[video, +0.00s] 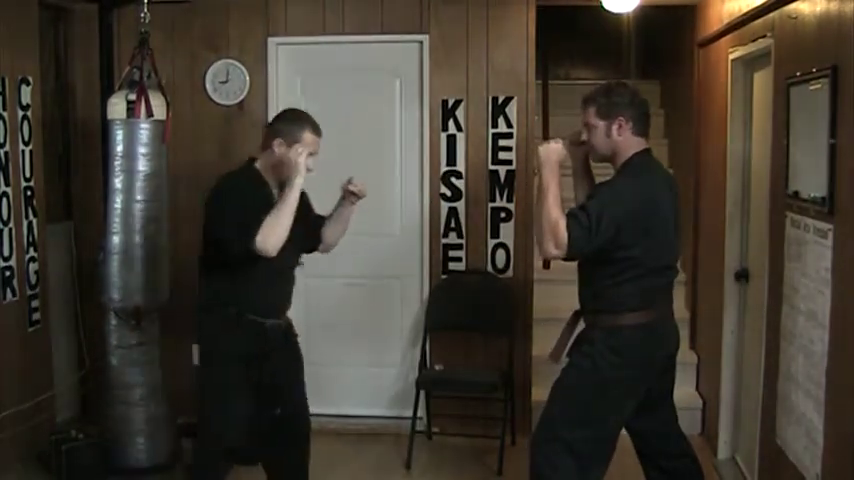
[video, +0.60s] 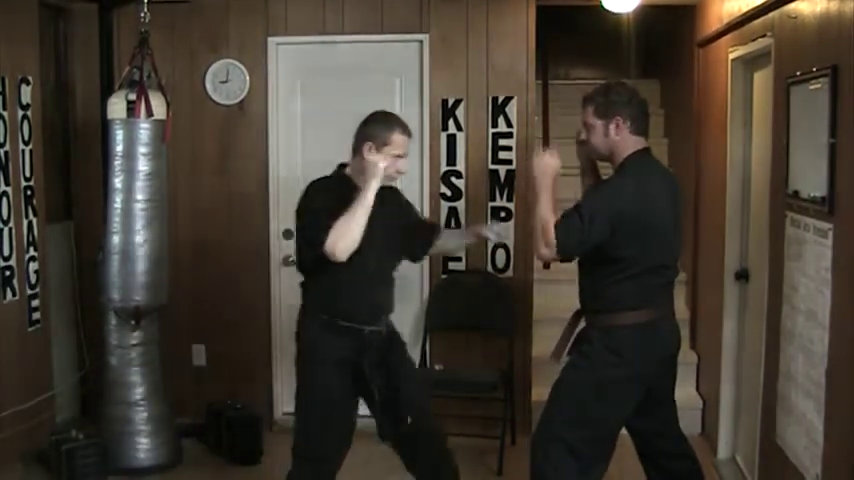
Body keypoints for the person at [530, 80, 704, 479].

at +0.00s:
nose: (585, 137)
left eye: (590, 127)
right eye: (584, 128)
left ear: (620, 126)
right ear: (625, 127)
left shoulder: (627, 187)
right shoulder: (659, 180)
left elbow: (558, 243)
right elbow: (596, 224)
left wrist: (549, 170)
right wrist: (581, 164)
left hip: (617, 343)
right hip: (654, 336)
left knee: (556, 452)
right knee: (664, 449)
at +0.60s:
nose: (584, 137)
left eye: (588, 127)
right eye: (583, 127)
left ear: (617, 126)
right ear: (625, 126)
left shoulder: (619, 189)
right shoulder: (664, 181)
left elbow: (550, 247)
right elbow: (602, 225)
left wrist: (544, 180)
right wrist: (588, 166)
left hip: (616, 343)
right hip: (658, 336)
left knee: (556, 451)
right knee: (665, 447)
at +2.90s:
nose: (586, 136)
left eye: (591, 126)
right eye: (585, 127)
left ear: (622, 126)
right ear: (625, 127)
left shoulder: (623, 187)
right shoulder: (661, 182)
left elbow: (556, 240)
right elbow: (590, 230)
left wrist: (544, 166)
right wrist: (576, 166)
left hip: (613, 342)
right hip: (653, 336)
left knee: (555, 453)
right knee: (662, 447)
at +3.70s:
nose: (585, 137)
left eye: (590, 127)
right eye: (585, 127)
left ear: (619, 126)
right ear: (628, 126)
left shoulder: (619, 191)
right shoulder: (666, 182)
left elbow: (551, 255)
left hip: (618, 343)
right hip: (662, 338)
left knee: (557, 453)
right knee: (666, 451)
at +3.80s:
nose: (585, 138)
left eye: (589, 127)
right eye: (584, 128)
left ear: (619, 126)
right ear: (627, 126)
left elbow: (550, 260)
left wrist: (544, 282)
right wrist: (599, 171)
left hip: (619, 343)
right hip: (663, 337)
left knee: (557, 453)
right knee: (665, 450)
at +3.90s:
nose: (583, 140)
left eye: (588, 129)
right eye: (583, 130)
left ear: (618, 127)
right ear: (624, 127)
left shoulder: (623, 191)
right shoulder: (660, 181)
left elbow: (556, 265)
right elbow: (601, 231)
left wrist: (548, 252)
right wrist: (584, 172)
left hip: (621, 341)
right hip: (658, 335)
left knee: (559, 452)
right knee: (664, 449)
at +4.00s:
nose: (581, 141)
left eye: (587, 130)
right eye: (581, 131)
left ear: (618, 129)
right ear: (619, 129)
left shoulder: (633, 186)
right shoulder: (631, 178)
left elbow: (586, 260)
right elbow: (575, 221)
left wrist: (555, 205)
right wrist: (544, 185)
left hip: (625, 341)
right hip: (645, 333)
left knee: (562, 454)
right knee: (663, 450)